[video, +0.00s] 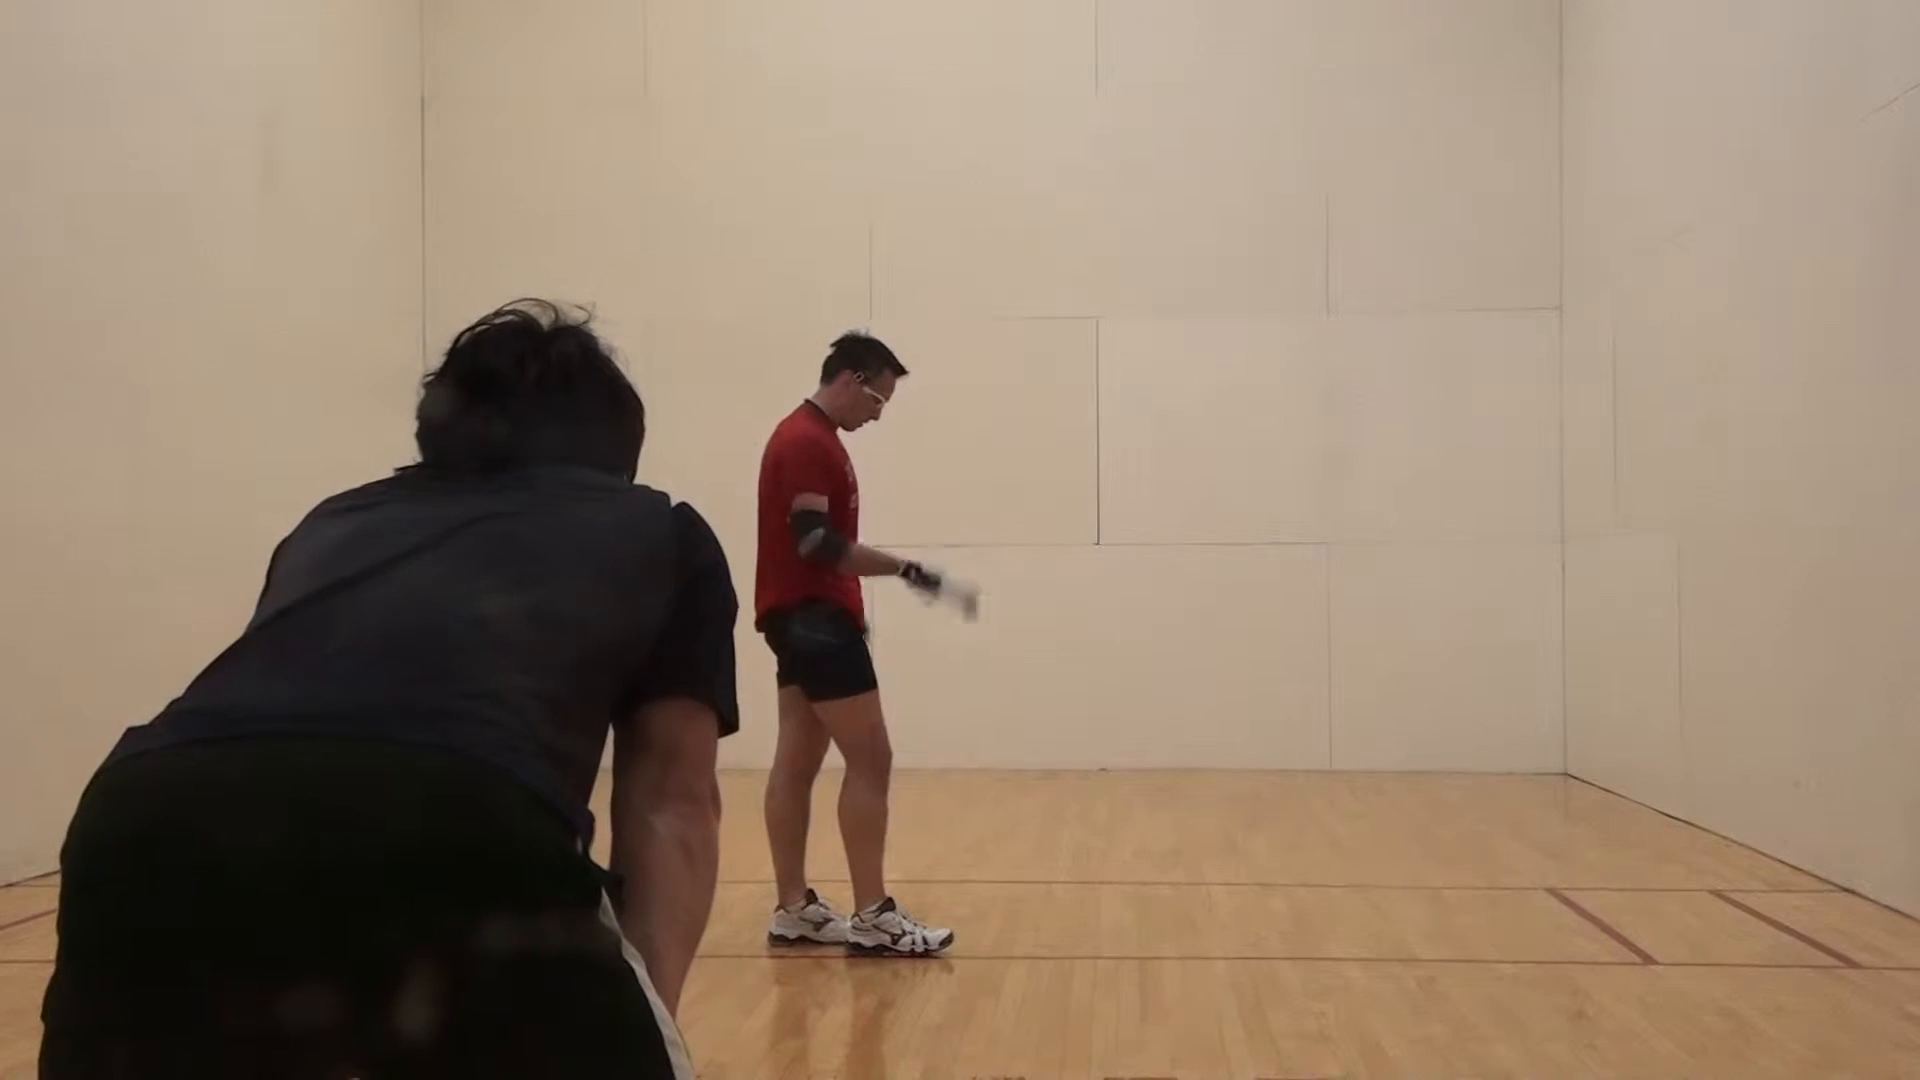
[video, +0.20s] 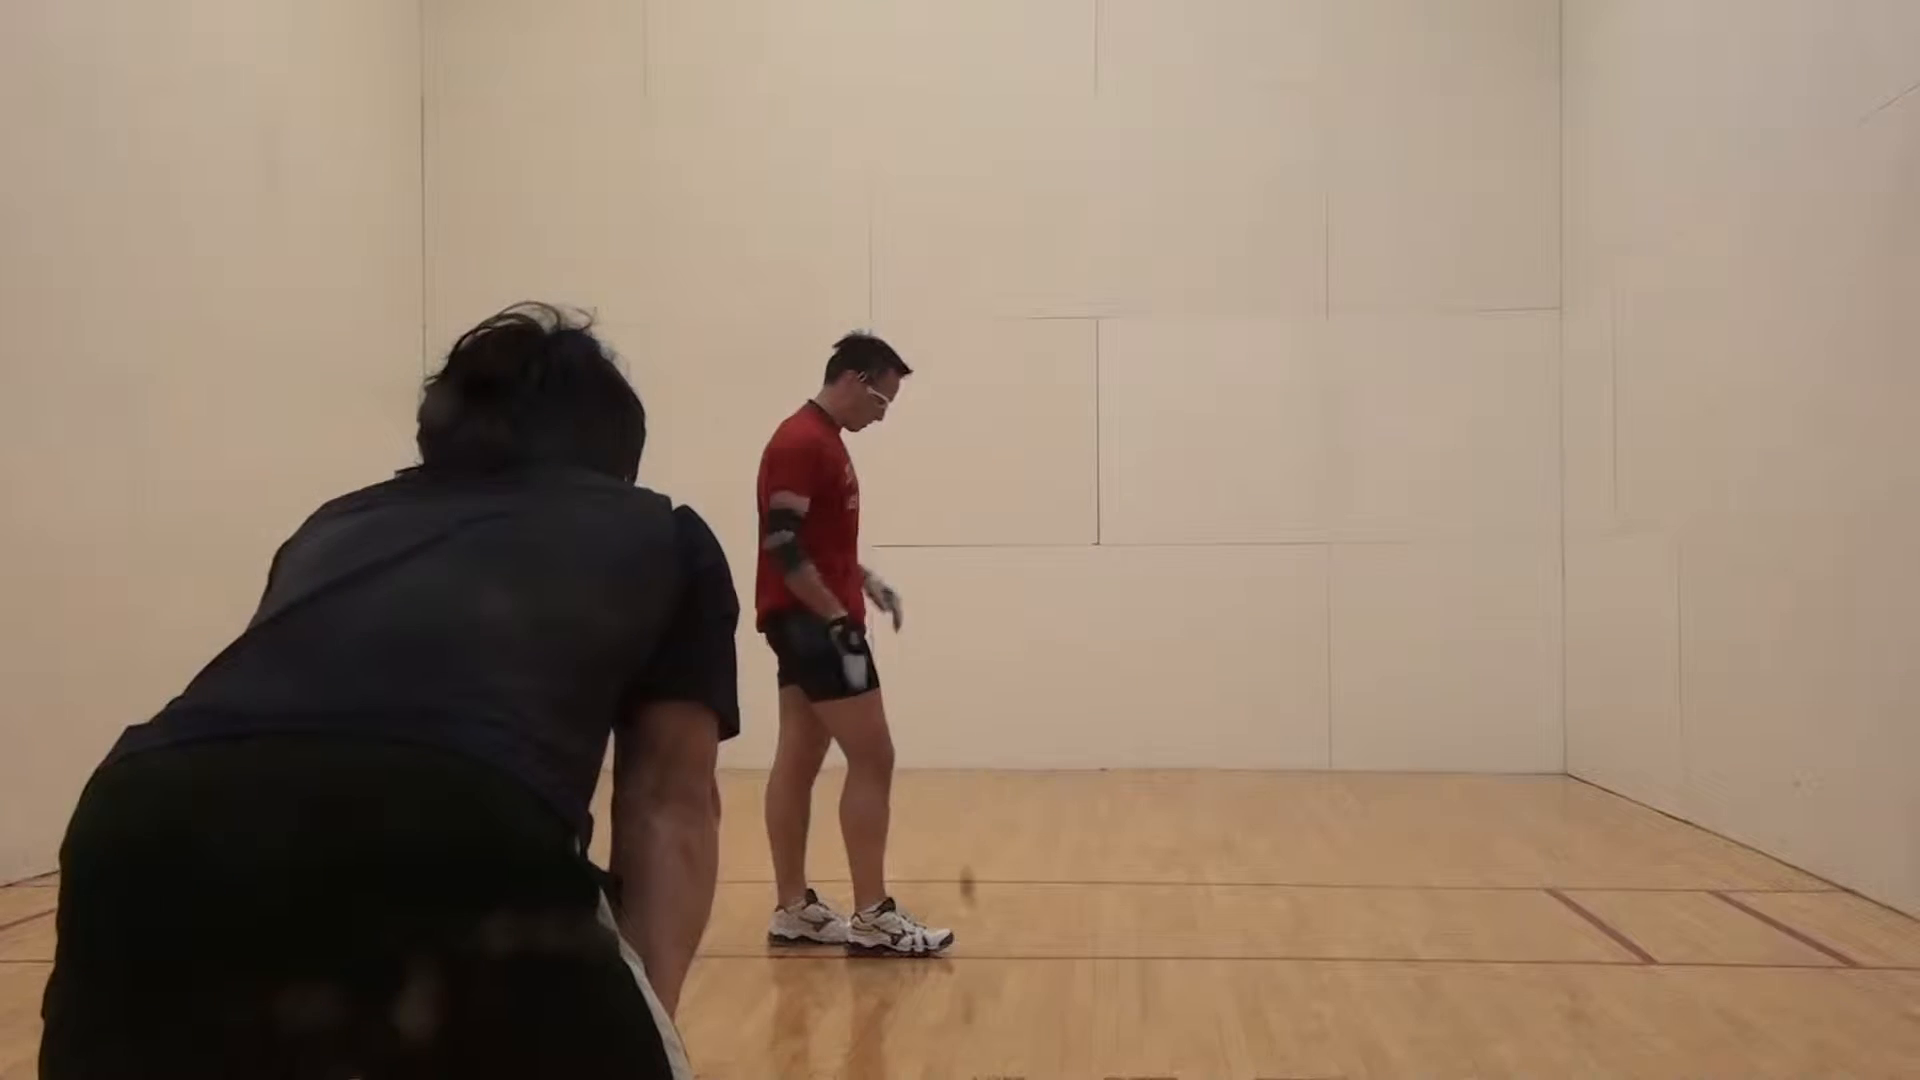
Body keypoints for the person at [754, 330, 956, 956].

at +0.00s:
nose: (879, 412)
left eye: (884, 400)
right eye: (878, 396)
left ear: (843, 384)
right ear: (848, 380)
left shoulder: (805, 437)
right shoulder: (809, 441)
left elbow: (824, 543)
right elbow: (815, 542)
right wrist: (902, 565)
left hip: (802, 616)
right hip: (816, 618)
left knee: (796, 762)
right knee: (870, 758)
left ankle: (793, 908)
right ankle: (872, 912)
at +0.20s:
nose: (883, 410)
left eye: (888, 399)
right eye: (882, 396)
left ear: (849, 383)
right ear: (850, 380)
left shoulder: (821, 440)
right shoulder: (803, 441)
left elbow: (820, 539)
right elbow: (782, 545)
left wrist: (866, 579)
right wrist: (836, 617)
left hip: (811, 618)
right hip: (813, 622)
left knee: (797, 759)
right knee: (872, 757)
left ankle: (792, 907)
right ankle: (872, 912)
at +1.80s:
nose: (803, 411)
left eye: (808, 400)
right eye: (801, 396)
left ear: (768, 384)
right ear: (767, 379)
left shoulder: (739, 439)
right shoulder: (726, 442)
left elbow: (743, 545)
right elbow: (724, 547)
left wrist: (784, 597)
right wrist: (774, 614)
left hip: (730, 621)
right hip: (738, 625)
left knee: (717, 762)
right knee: (794, 759)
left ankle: (707, 908)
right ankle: (786, 914)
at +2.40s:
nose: (779, 386)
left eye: (793, 381)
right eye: (771, 372)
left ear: (801, 392)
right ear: (747, 370)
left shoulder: (776, 450)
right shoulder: (711, 437)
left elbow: (788, 534)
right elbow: (678, 530)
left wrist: (827, 517)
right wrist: (709, 619)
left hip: (754, 618)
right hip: (743, 622)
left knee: (723, 763)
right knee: (791, 759)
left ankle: (707, 909)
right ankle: (786, 914)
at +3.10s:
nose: (819, 417)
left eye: (824, 407)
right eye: (818, 404)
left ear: (796, 391)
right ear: (786, 384)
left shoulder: (778, 450)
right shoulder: (726, 435)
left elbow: (784, 540)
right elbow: (698, 529)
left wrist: (832, 608)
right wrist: (763, 592)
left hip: (747, 616)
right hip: (734, 618)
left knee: (723, 763)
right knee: (793, 757)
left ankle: (712, 908)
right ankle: (789, 914)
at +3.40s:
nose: (824, 414)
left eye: (829, 404)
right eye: (823, 401)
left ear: (796, 386)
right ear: (791, 382)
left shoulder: (766, 439)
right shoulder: (739, 439)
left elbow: (755, 536)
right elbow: (738, 534)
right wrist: (828, 538)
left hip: (740, 616)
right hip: (739, 619)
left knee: (724, 762)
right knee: (792, 761)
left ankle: (713, 907)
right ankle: (789, 914)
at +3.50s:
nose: (829, 417)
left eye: (834, 407)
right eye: (829, 403)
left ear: (799, 387)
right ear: (797, 384)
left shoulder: (762, 436)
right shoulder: (751, 440)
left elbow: (761, 536)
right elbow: (755, 539)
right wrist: (840, 524)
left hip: (731, 616)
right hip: (746, 619)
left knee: (725, 761)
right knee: (794, 761)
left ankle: (715, 908)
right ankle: (791, 914)